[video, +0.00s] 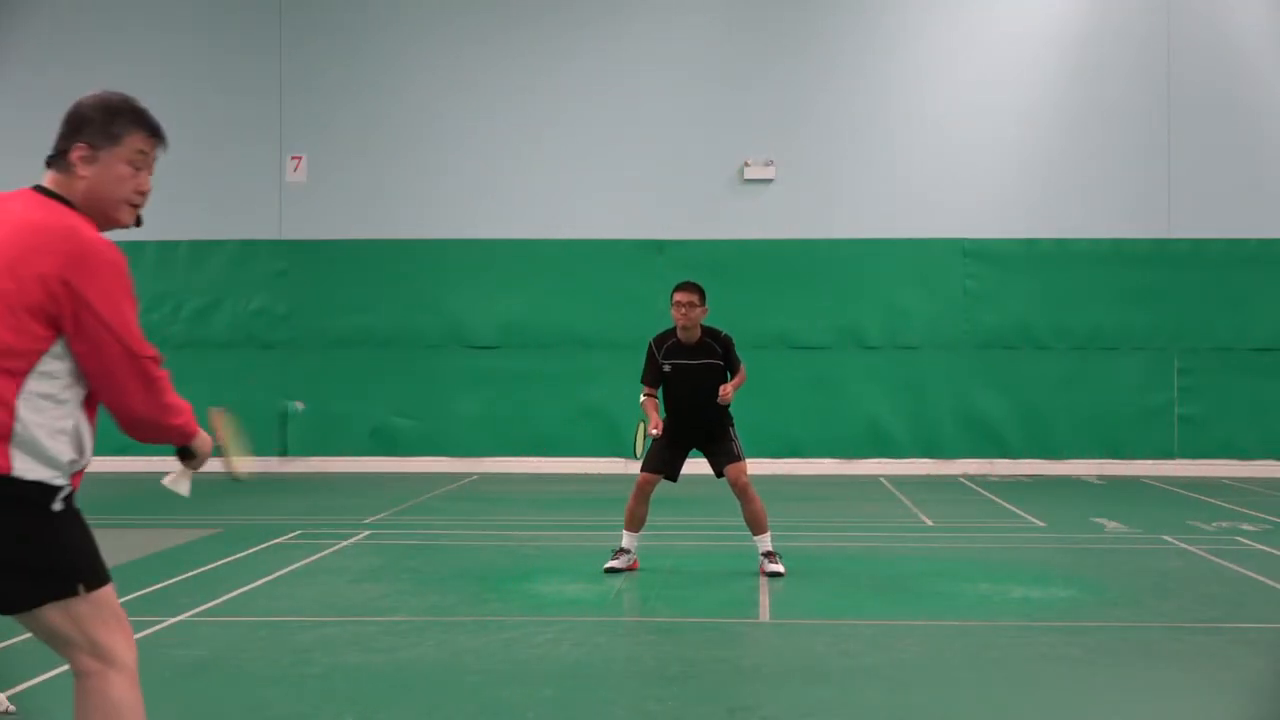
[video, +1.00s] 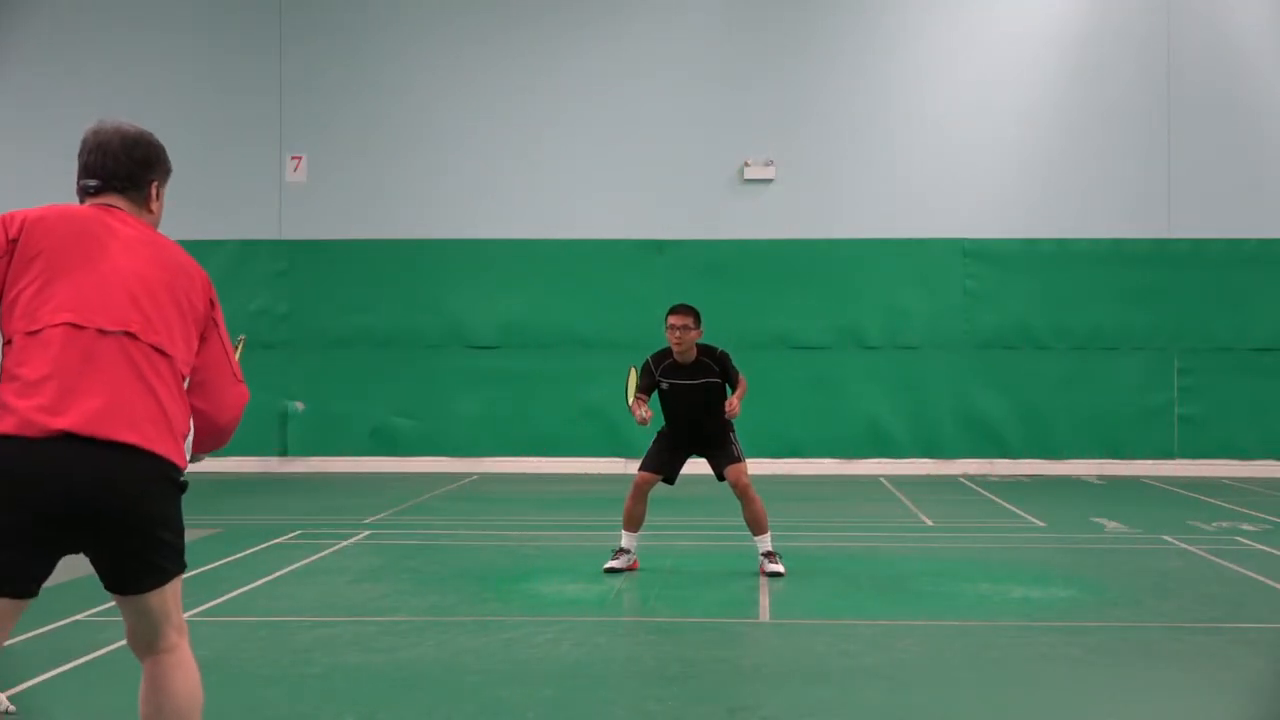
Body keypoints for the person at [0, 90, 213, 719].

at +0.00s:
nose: (147, 186)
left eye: (151, 171)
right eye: (136, 166)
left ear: (78, 162)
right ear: (80, 159)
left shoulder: (14, 213)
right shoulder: (81, 248)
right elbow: (132, 387)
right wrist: (187, 435)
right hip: (19, 485)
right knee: (105, 654)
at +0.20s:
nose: (171, 179)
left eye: (174, 162)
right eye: (173, 161)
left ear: (87, 147)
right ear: (151, 158)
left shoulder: (8, 197)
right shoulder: (141, 242)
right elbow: (191, 382)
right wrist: (221, 412)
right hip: (40, 459)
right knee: (119, 652)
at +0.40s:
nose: (146, 171)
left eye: (146, 156)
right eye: (146, 156)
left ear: (61, 150)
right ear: (131, 158)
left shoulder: (4, 199)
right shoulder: (143, 242)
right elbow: (191, 367)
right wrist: (213, 416)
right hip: (65, 465)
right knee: (153, 618)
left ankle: (5, 701)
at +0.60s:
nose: (151, 182)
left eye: (151, 170)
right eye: (151, 170)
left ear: (67, 165)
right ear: (139, 171)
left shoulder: (6, 212)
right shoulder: (162, 252)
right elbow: (210, 391)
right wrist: (193, 420)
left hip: (2, 459)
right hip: (103, 471)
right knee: (152, 652)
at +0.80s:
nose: (168, 194)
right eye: (169, 182)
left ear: (88, 175)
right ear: (159, 183)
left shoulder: (26, 218)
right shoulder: (193, 266)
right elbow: (225, 404)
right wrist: (190, 422)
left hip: (20, 452)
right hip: (134, 466)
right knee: (162, 647)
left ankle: (3, 702)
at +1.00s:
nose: (164, 203)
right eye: (164, 191)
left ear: (83, 185)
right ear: (155, 192)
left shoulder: (21, 227)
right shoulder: (186, 272)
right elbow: (223, 407)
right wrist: (179, 445)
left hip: (20, 460)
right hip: (136, 471)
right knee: (163, 644)